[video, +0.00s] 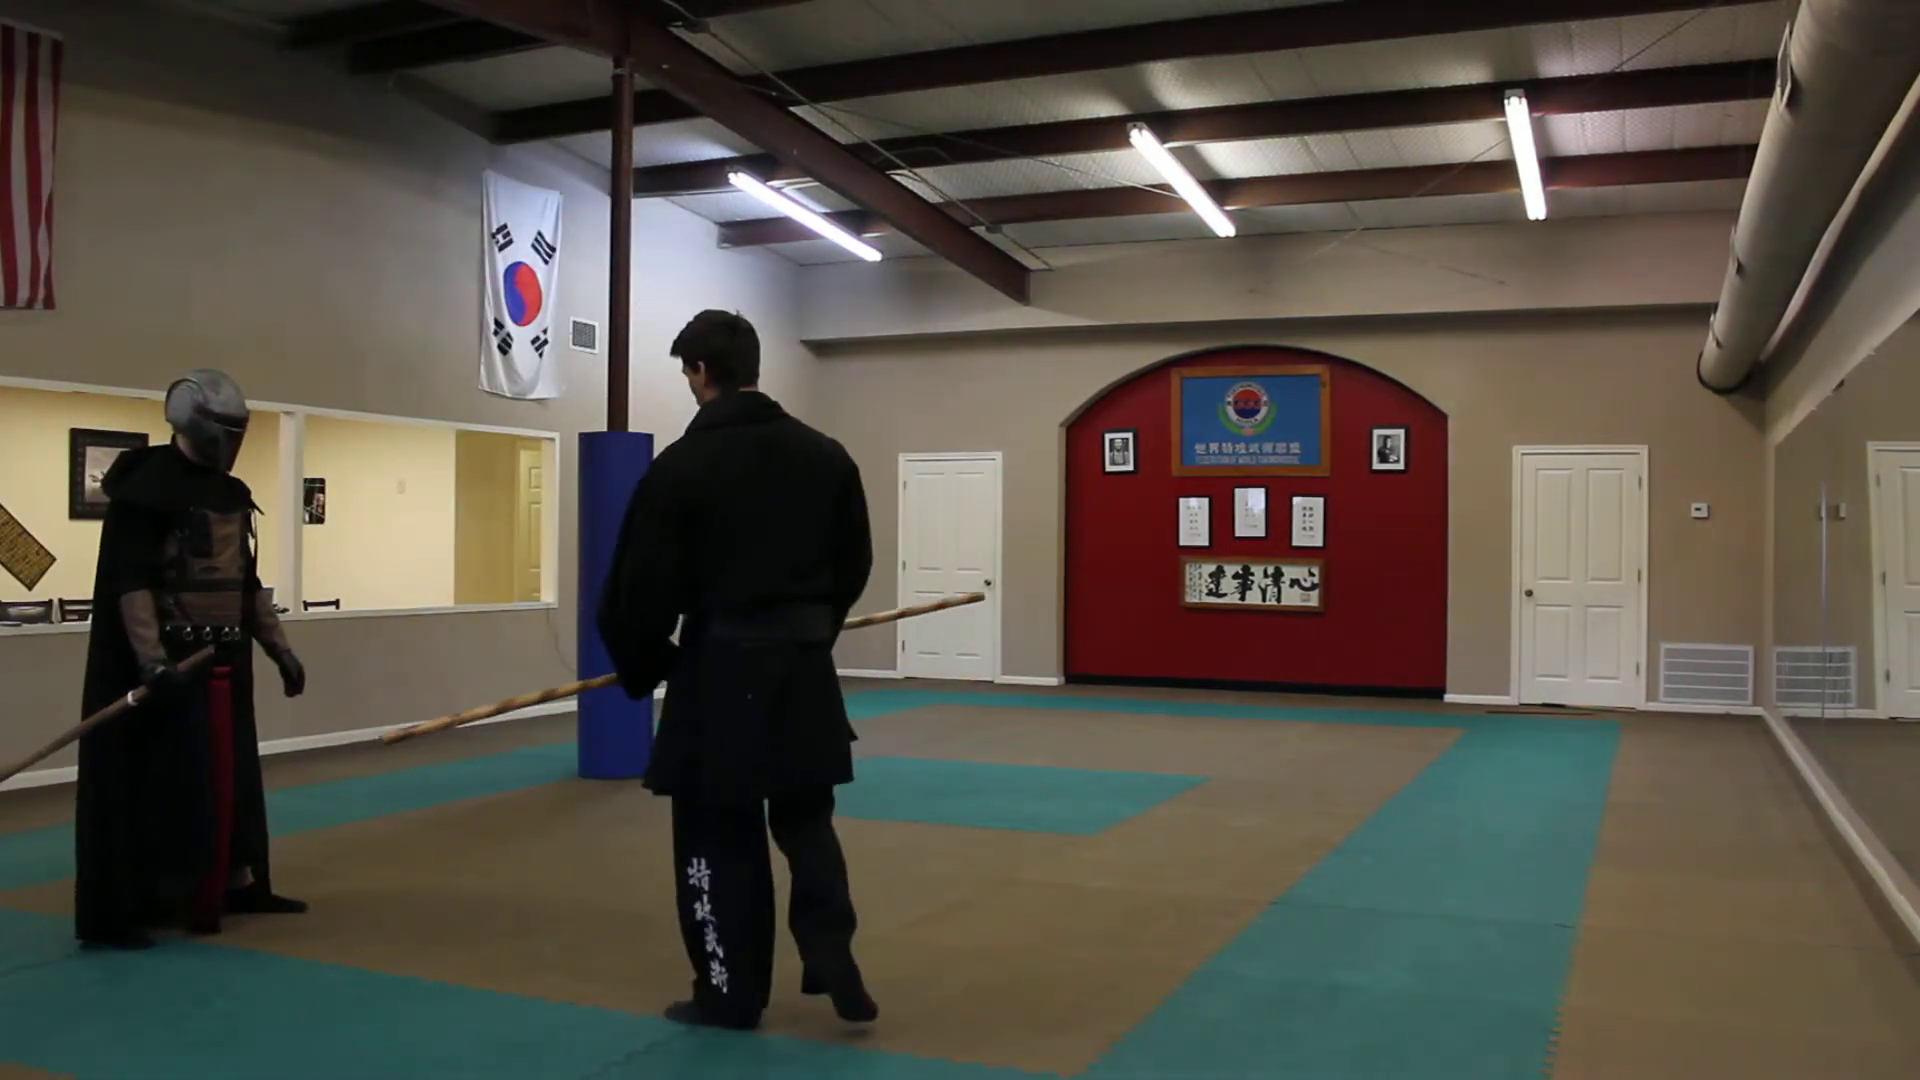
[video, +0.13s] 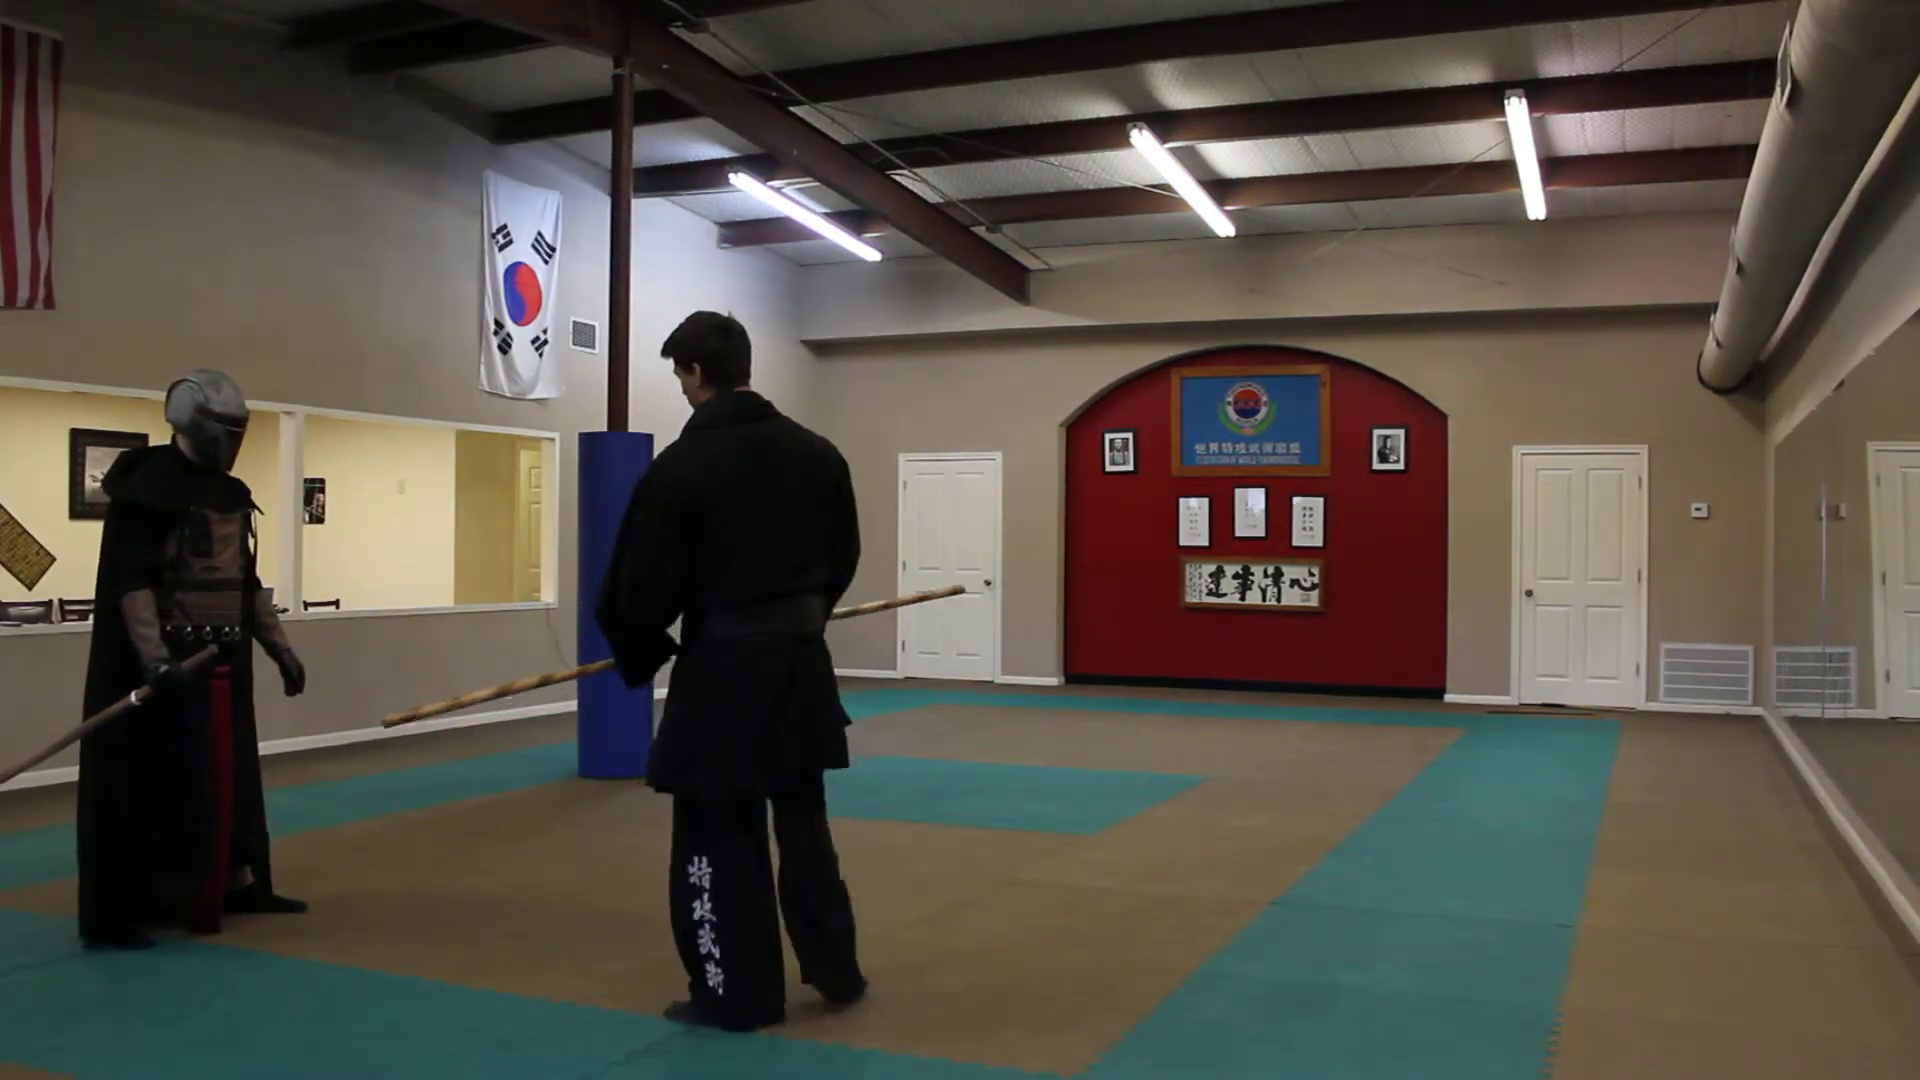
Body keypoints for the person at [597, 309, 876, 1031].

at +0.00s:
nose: (684, 385)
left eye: (683, 374)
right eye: (684, 374)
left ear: (699, 374)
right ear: (755, 369)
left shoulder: (680, 467)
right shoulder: (825, 456)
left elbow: (631, 598)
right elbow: (851, 568)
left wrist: (646, 669)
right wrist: (810, 634)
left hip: (716, 679)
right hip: (804, 676)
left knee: (715, 839)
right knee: (807, 817)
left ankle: (729, 996)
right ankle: (832, 953)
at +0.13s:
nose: (678, 387)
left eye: (677, 375)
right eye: (677, 375)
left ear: (694, 374)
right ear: (746, 369)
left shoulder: (681, 466)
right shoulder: (817, 455)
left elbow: (631, 590)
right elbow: (840, 559)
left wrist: (645, 659)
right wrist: (802, 617)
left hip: (719, 674)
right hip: (801, 668)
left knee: (717, 836)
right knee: (804, 820)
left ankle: (734, 996)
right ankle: (836, 973)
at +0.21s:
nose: (678, 391)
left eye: (678, 379)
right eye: (677, 379)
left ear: (695, 379)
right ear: (743, 373)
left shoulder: (689, 469)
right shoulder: (815, 456)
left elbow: (639, 588)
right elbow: (837, 556)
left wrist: (644, 654)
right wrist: (799, 610)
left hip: (723, 671)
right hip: (799, 665)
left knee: (716, 830)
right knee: (799, 810)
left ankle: (735, 996)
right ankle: (829, 955)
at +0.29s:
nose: (682, 399)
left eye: (682, 386)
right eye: (681, 386)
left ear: (701, 382)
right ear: (745, 377)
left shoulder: (703, 468)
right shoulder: (816, 459)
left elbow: (645, 586)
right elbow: (830, 562)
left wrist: (647, 651)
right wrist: (785, 603)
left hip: (730, 668)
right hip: (803, 661)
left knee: (719, 824)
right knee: (807, 804)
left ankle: (733, 994)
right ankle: (818, 939)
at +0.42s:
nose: (691, 409)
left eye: (692, 396)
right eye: (688, 396)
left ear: (715, 390)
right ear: (747, 387)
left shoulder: (729, 467)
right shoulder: (815, 461)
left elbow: (682, 572)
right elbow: (810, 566)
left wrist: (652, 645)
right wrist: (727, 606)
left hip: (754, 670)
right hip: (813, 663)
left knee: (729, 824)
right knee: (807, 803)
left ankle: (736, 993)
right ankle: (823, 935)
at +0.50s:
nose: (692, 416)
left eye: (694, 403)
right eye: (690, 404)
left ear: (721, 398)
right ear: (744, 396)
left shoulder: (743, 468)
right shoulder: (807, 459)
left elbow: (709, 572)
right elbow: (804, 569)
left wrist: (667, 650)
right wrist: (713, 622)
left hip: (774, 662)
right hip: (824, 654)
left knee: (743, 816)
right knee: (817, 803)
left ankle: (737, 987)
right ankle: (825, 941)